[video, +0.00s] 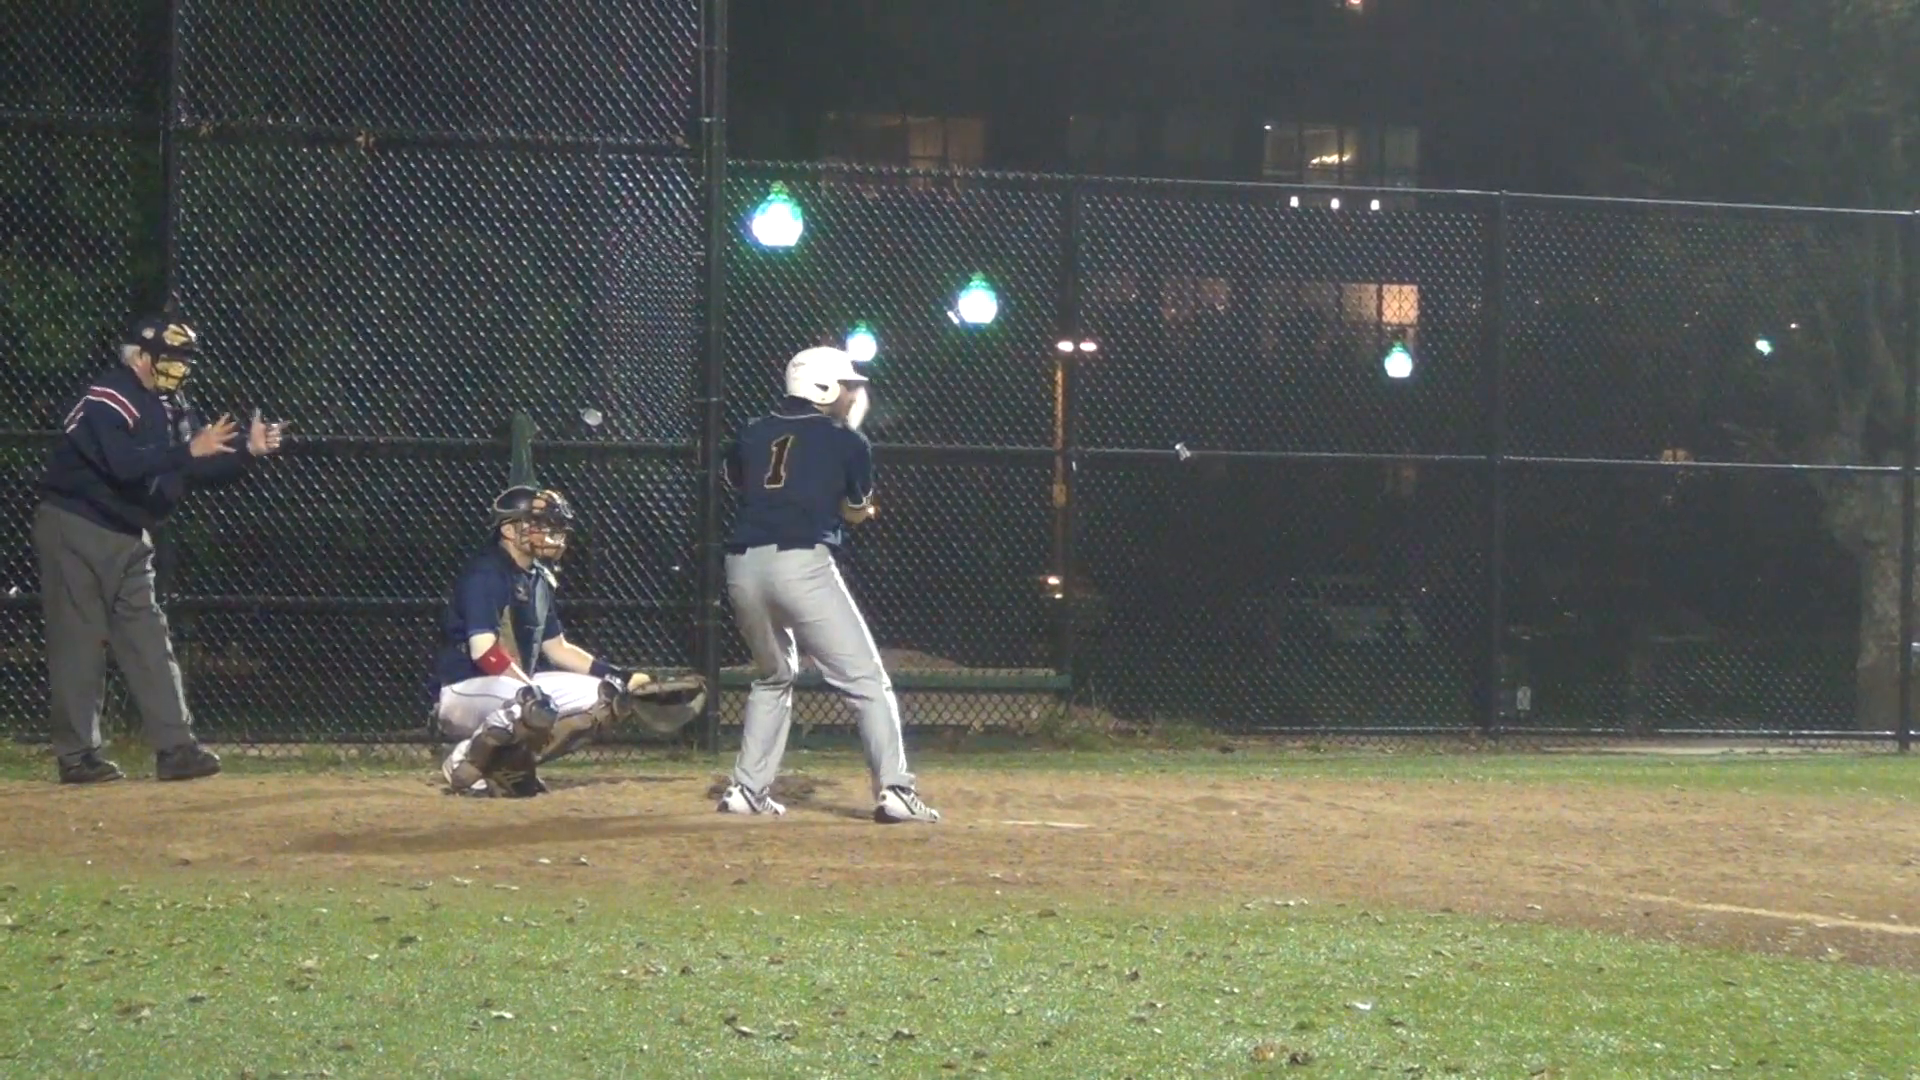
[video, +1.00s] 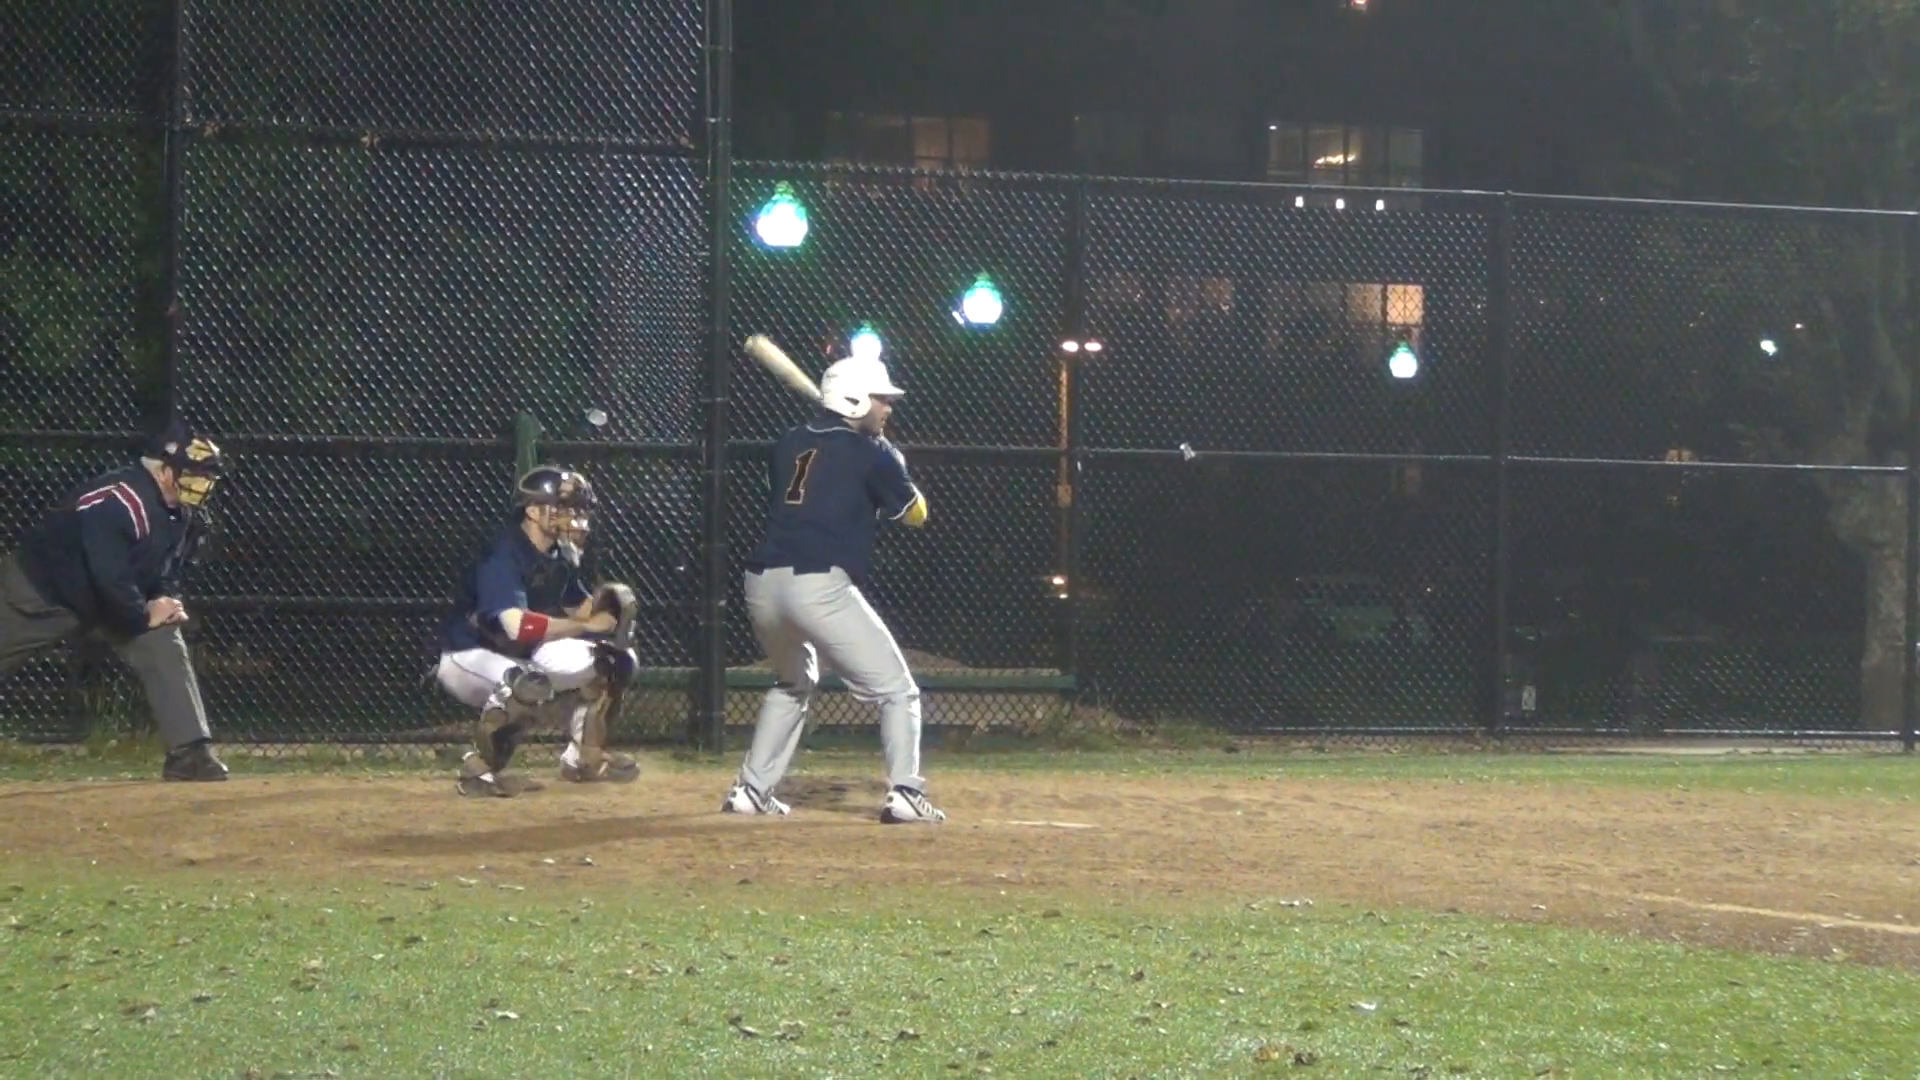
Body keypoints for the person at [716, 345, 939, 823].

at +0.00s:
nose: (854, 397)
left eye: (853, 388)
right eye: (849, 389)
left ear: (796, 388)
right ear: (828, 390)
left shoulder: (752, 431)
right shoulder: (847, 440)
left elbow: (736, 484)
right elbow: (857, 509)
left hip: (741, 566)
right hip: (803, 563)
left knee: (771, 677)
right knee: (867, 682)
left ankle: (747, 790)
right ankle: (895, 791)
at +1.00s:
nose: (889, 409)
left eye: (888, 400)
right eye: (882, 400)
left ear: (834, 401)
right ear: (857, 403)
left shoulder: (788, 441)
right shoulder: (872, 452)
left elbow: (815, 493)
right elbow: (916, 515)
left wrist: (872, 460)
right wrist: (896, 467)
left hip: (761, 584)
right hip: (820, 585)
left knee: (792, 683)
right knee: (898, 691)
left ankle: (751, 790)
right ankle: (906, 794)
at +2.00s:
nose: (900, 412)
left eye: (899, 403)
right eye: (893, 403)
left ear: (848, 408)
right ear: (866, 406)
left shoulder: (801, 450)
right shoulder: (882, 454)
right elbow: (939, 506)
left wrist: (879, 453)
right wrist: (915, 464)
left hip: (782, 592)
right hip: (842, 591)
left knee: (810, 688)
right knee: (922, 693)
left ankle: (756, 791)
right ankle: (911, 793)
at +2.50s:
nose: (869, 414)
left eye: (869, 405)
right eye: (863, 405)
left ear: (817, 402)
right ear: (839, 404)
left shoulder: (766, 430)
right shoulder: (859, 456)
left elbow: (705, 429)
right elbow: (858, 510)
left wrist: (741, 422)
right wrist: (874, 510)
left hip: (760, 577)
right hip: (824, 574)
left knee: (772, 679)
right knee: (897, 670)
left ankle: (753, 787)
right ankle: (913, 733)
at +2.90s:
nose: (905, 444)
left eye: (905, 435)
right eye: (901, 434)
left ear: (849, 429)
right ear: (886, 429)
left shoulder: (802, 468)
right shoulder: (903, 473)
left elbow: (732, 512)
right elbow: (910, 534)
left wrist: (784, 480)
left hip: (807, 599)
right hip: (873, 595)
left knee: (803, 688)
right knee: (954, 699)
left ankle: (759, 787)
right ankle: (977, 794)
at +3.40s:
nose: (903, 463)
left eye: (905, 456)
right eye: (904, 454)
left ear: (852, 430)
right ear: (895, 447)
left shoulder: (804, 457)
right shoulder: (900, 490)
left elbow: (723, 467)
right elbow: (888, 548)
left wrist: (782, 465)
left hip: (793, 601)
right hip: (860, 601)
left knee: (791, 685)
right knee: (940, 700)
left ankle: (760, 785)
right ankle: (978, 790)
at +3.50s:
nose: (887, 451)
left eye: (890, 444)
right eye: (887, 442)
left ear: (838, 419)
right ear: (878, 433)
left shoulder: (785, 446)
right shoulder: (884, 481)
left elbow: (708, 457)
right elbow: (875, 539)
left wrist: (760, 453)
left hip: (777, 591)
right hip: (845, 590)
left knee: (782, 683)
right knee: (922, 694)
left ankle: (759, 785)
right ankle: (974, 785)